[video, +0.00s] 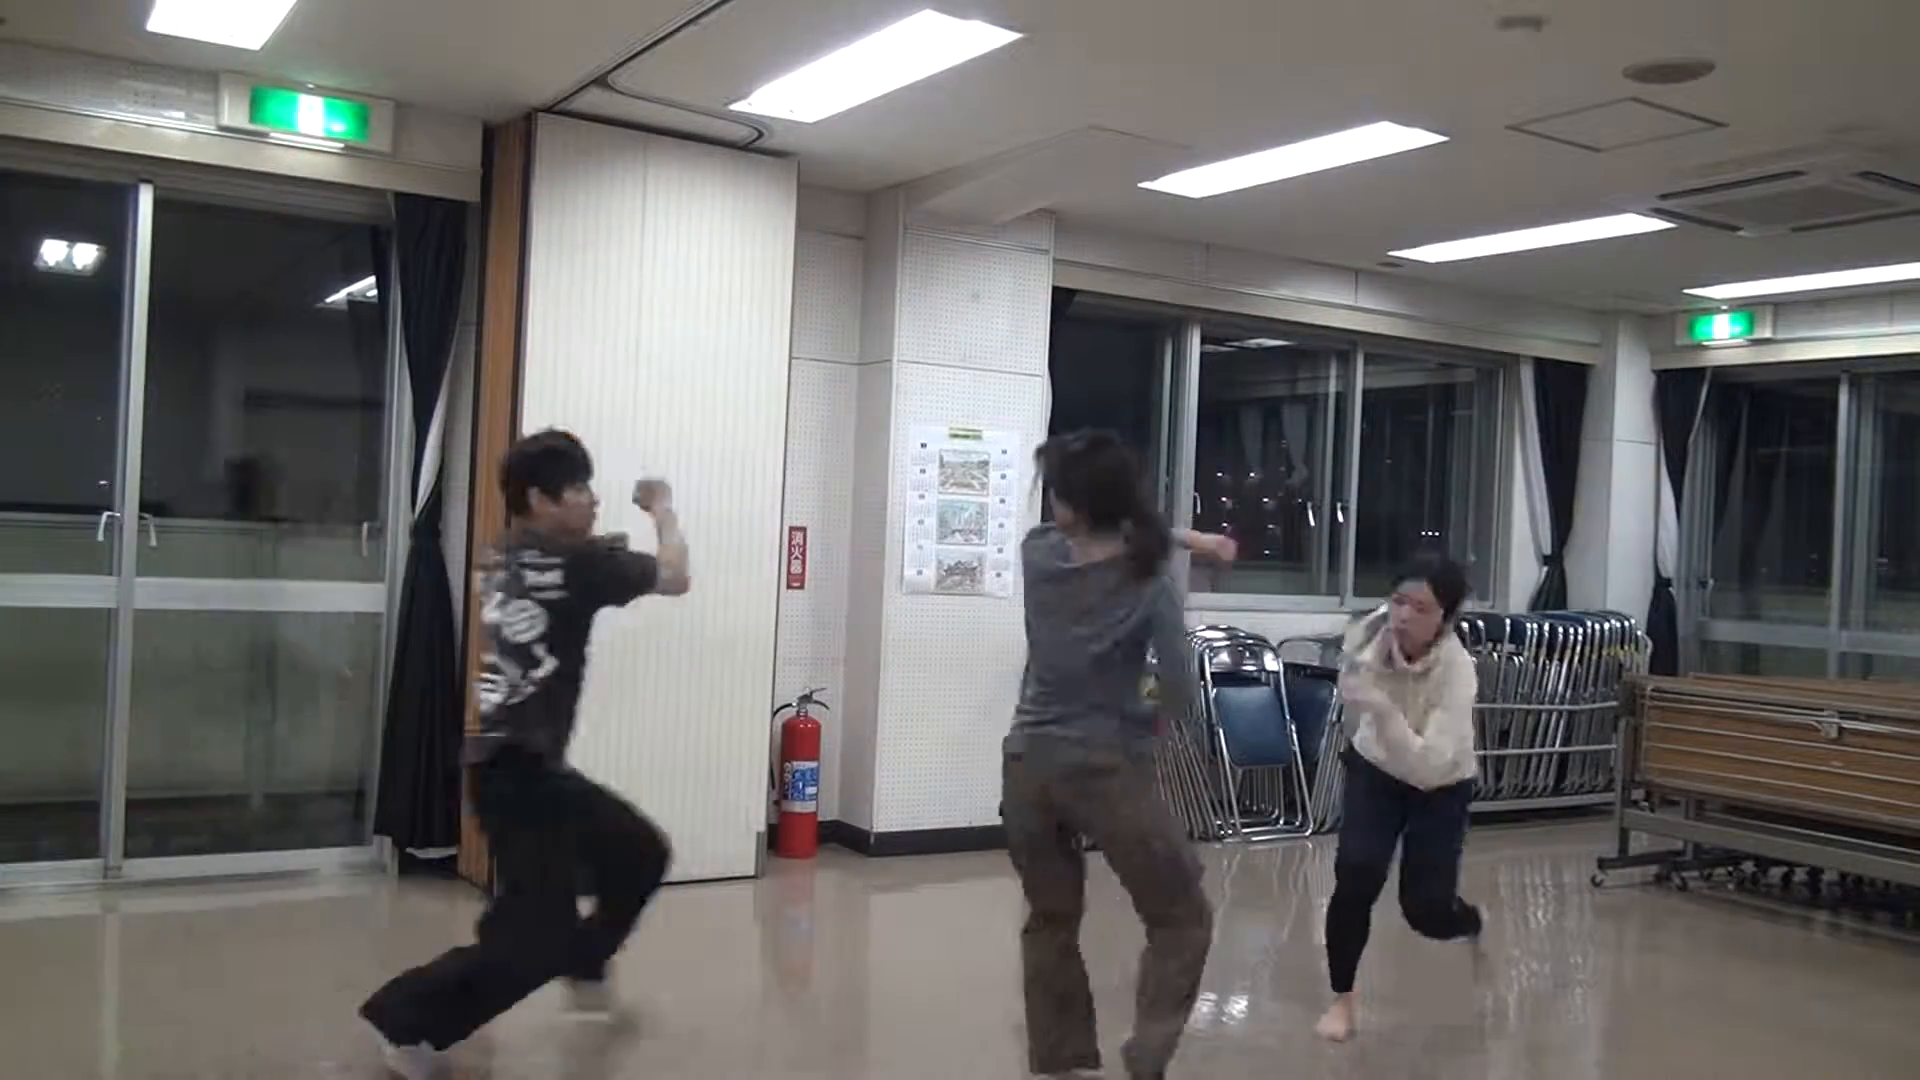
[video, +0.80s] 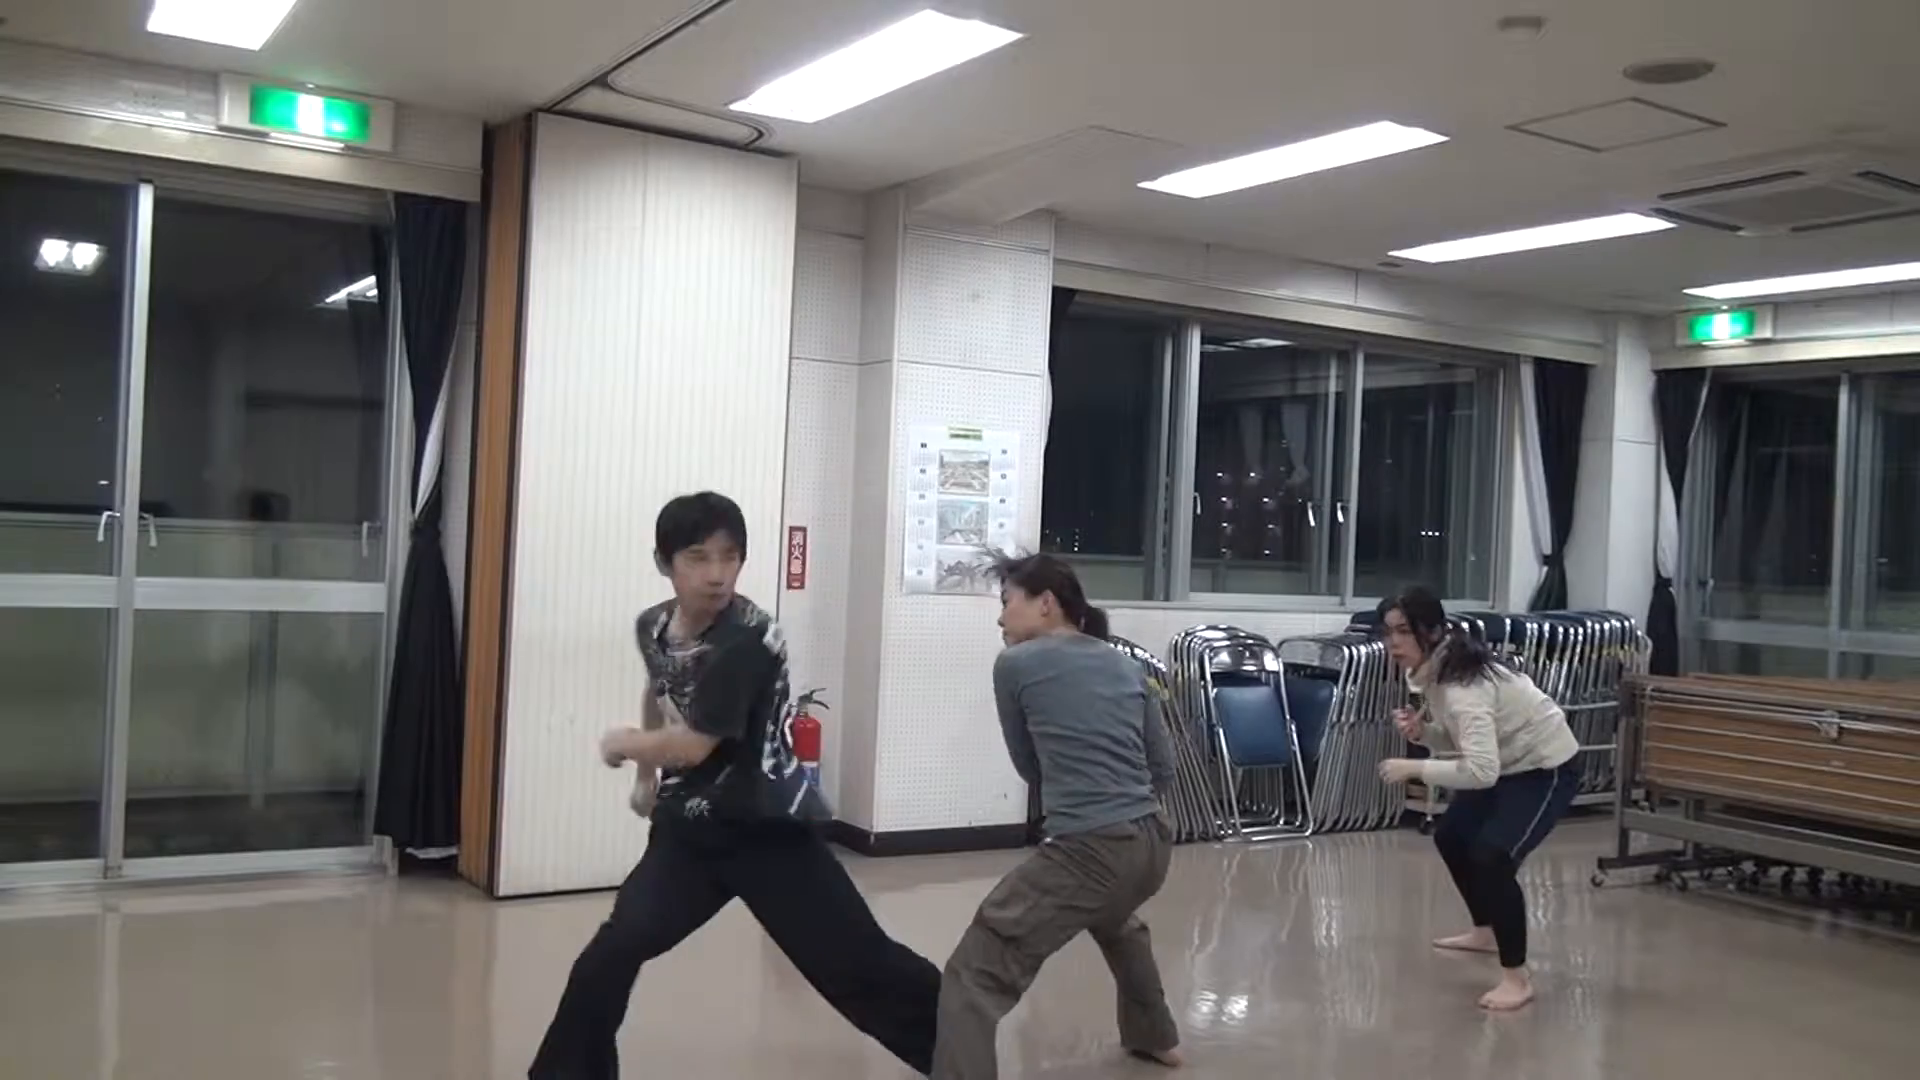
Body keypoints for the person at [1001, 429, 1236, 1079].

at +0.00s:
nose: (1047, 501)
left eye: (1053, 492)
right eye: (1049, 491)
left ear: (1069, 502)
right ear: (1126, 500)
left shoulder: (1035, 552)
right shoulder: (1156, 576)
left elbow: (1107, 537)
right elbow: (1178, 681)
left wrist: (1185, 538)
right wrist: (1156, 713)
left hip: (1028, 764)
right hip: (1105, 767)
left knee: (1050, 918)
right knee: (1179, 916)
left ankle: (1061, 1066)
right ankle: (1146, 1062)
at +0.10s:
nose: (1045, 494)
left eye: (1053, 484)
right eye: (1049, 482)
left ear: (1080, 496)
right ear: (1121, 496)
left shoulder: (1033, 557)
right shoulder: (1165, 563)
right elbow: (1219, 653)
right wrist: (1175, 690)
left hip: (1044, 767)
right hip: (1130, 768)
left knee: (1014, 924)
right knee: (1138, 932)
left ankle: (1023, 1069)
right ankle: (1177, 1068)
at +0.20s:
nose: (1020, 518)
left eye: (1027, 506)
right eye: (1021, 505)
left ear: (1062, 511)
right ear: (1087, 510)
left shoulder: (1031, 578)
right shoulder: (1149, 569)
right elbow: (1199, 651)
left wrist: (957, 672)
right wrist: (1156, 696)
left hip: (1064, 797)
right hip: (1138, 793)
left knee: (971, 940)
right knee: (1129, 934)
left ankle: (988, 1073)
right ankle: (1155, 1071)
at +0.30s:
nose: (979, 567)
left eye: (987, 556)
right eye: (982, 554)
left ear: (1025, 567)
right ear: (1046, 562)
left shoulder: (1023, 618)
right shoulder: (1096, 590)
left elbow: (950, 620)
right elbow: (1142, 650)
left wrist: (901, 684)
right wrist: (1085, 675)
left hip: (1076, 822)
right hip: (1127, 809)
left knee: (976, 959)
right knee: (1090, 907)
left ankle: (957, 1070)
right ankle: (1161, 1022)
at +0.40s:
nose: (969, 678)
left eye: (968, 665)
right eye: (965, 667)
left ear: (991, 650)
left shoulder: (1070, 682)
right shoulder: (1028, 676)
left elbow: (1029, 717)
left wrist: (963, 739)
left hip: (1087, 859)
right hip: (1059, 852)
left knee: (977, 970)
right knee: (1064, 944)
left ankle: (969, 1074)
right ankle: (1155, 1029)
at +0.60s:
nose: (977, 643)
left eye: (984, 629)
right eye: (974, 631)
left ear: (1030, 623)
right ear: (1034, 622)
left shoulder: (1077, 685)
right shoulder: (1051, 672)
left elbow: (1093, 793)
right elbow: (1040, 758)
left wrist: (1017, 766)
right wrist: (995, 801)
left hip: (1101, 858)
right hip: (1097, 848)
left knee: (973, 974)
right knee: (1079, 932)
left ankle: (974, 1071)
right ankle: (1145, 1041)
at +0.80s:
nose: (1000, 616)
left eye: (1008, 603)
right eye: (1002, 604)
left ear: (1047, 603)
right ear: (1055, 606)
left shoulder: (1014, 662)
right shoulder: (1126, 664)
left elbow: (1027, 764)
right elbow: (1163, 766)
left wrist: (1087, 777)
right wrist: (1111, 784)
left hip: (1086, 852)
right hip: (1151, 843)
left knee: (974, 976)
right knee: (1115, 919)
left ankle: (961, 1071)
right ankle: (1156, 1039)